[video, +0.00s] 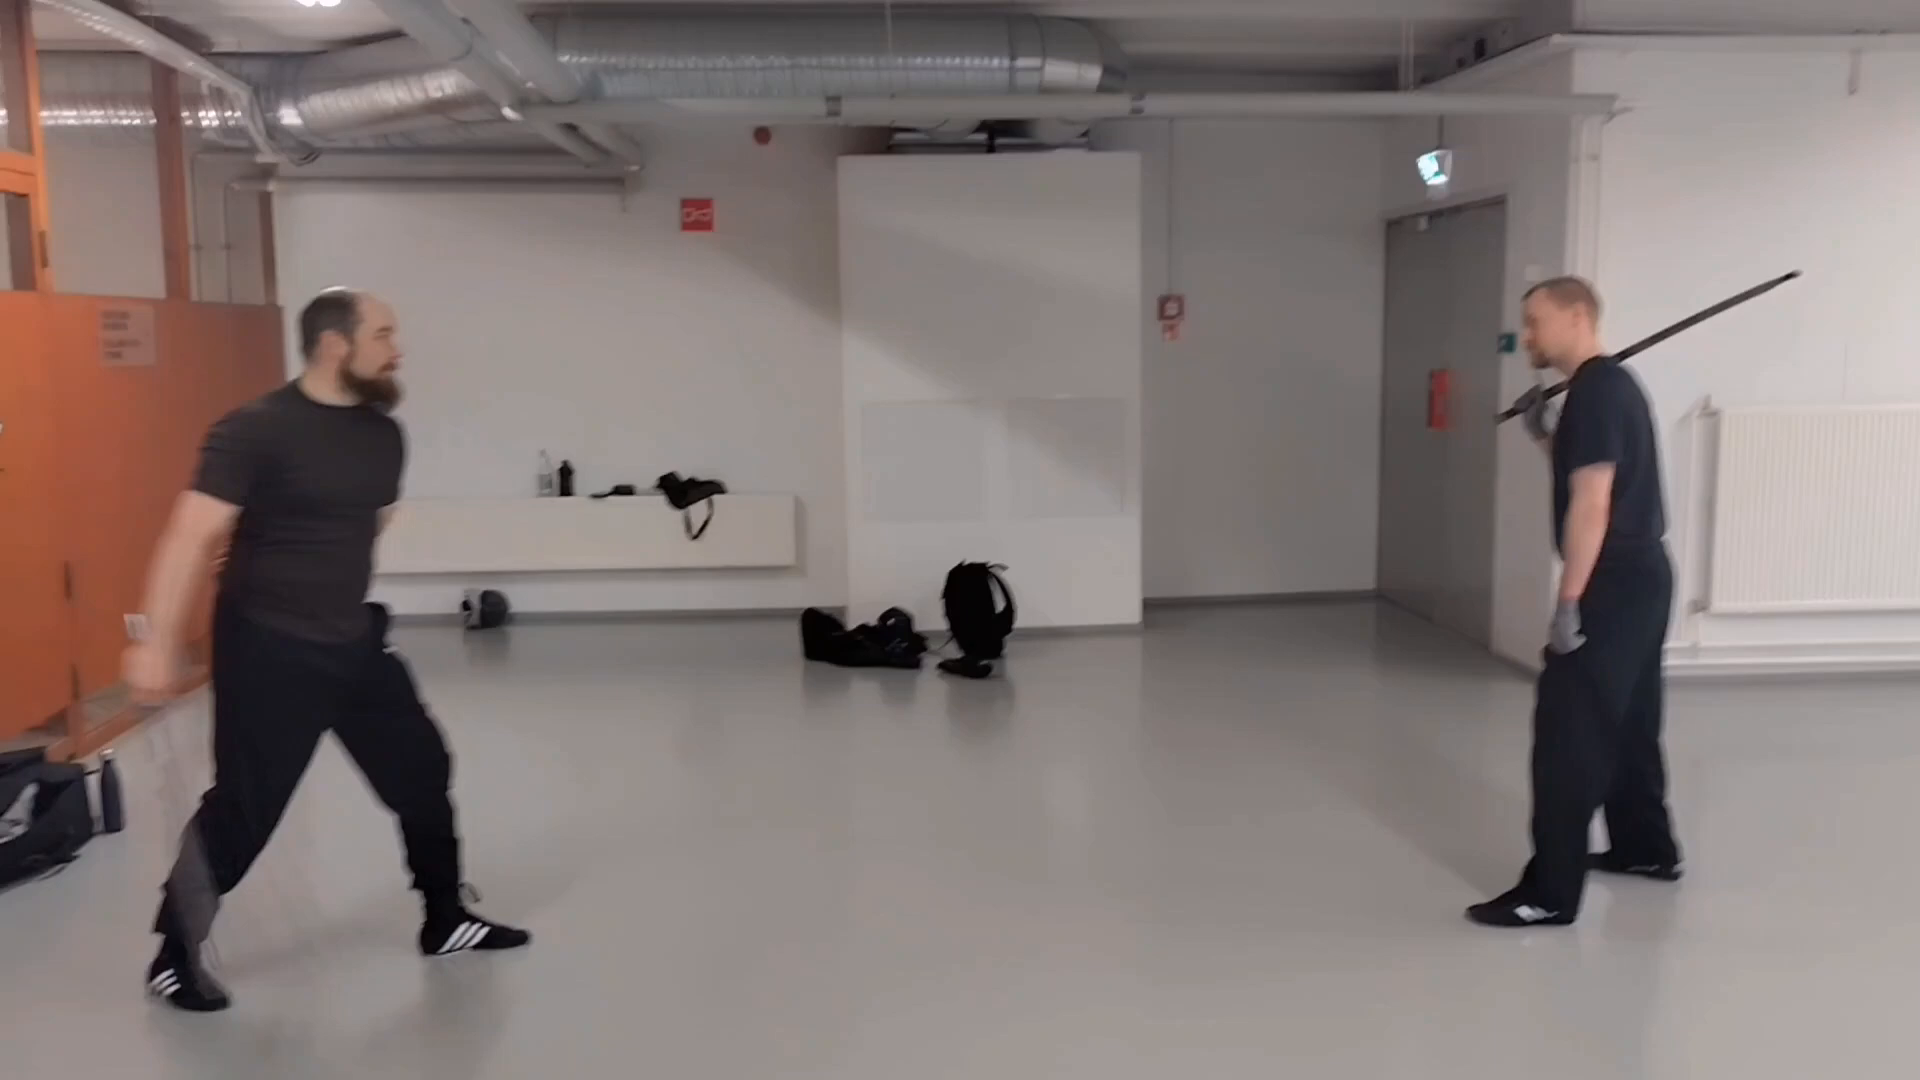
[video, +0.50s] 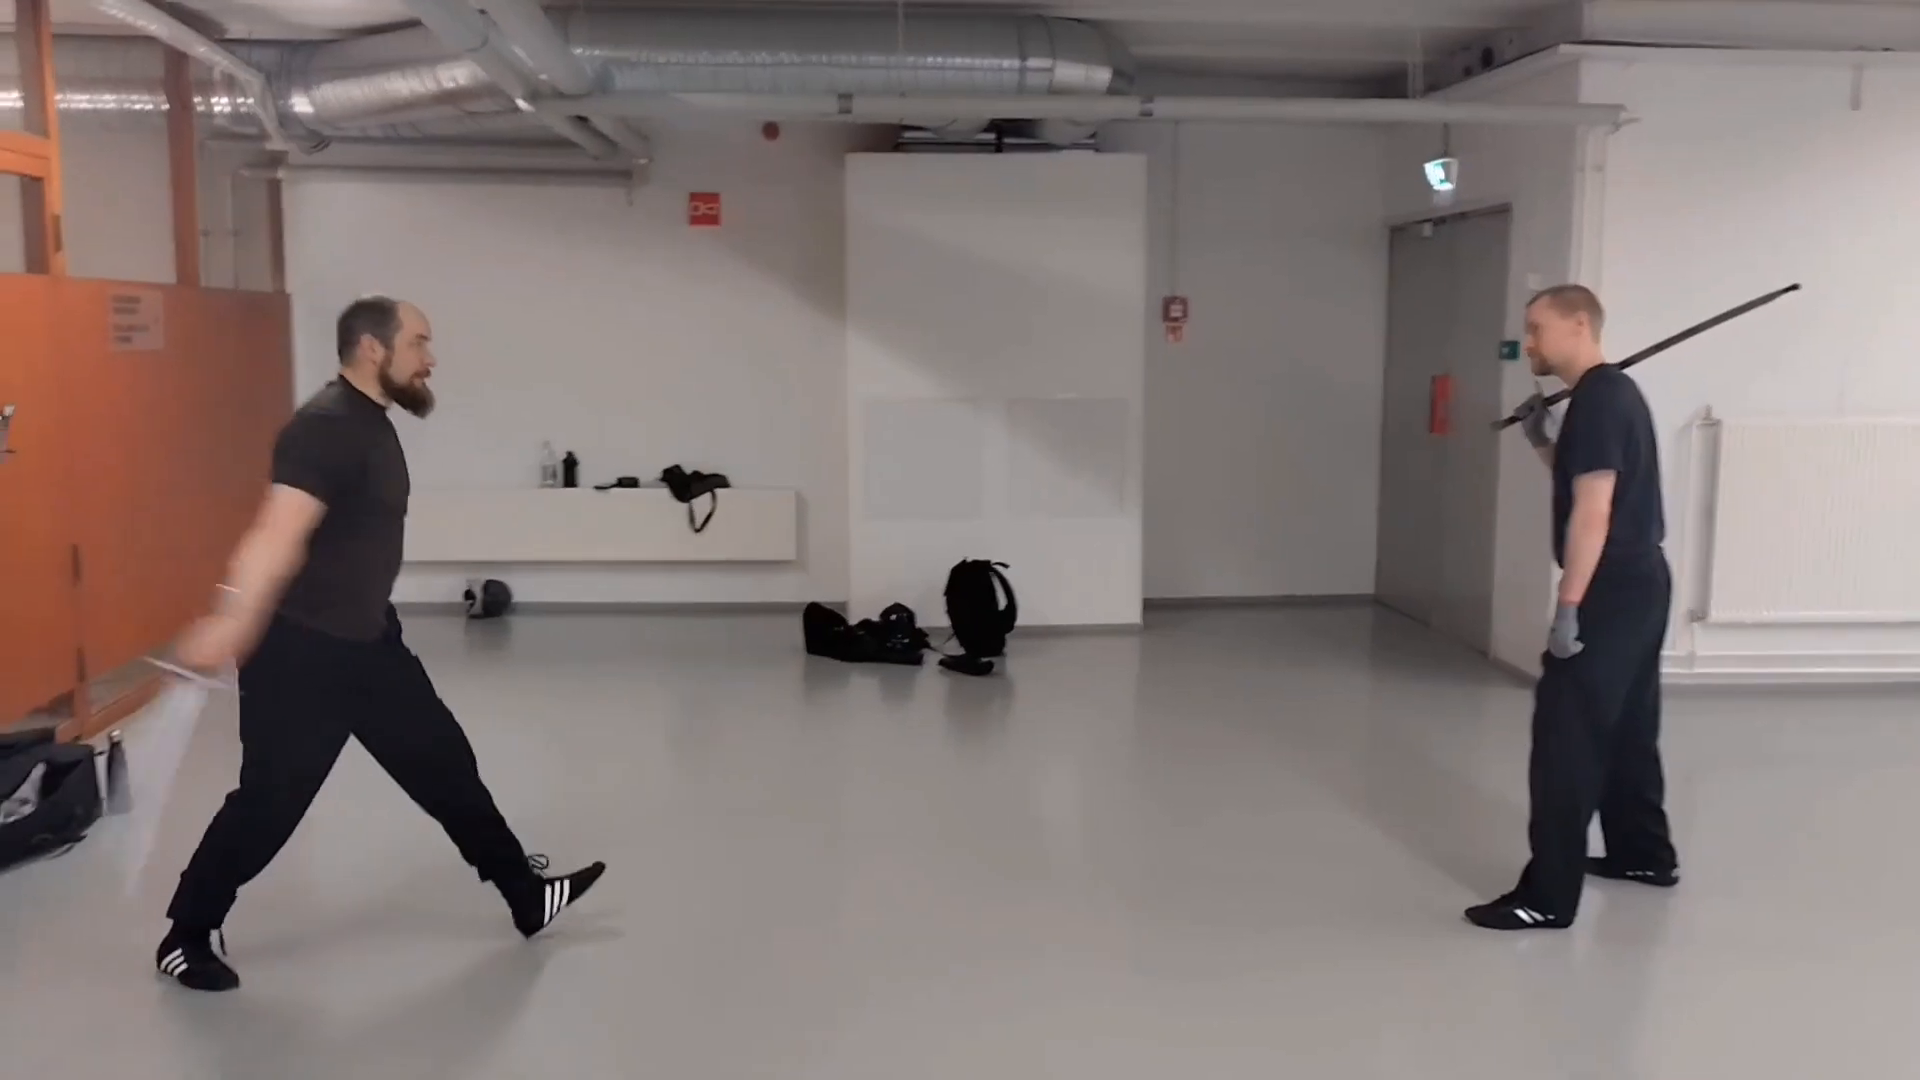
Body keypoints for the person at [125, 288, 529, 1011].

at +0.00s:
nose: (396, 350)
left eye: (395, 336)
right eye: (382, 336)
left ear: (351, 347)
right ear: (332, 346)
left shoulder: (381, 433)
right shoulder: (255, 432)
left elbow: (365, 534)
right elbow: (189, 537)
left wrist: (348, 610)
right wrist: (157, 640)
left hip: (351, 648)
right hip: (266, 652)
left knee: (421, 771)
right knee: (245, 806)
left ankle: (445, 918)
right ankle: (174, 954)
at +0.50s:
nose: (429, 359)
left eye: (428, 345)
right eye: (418, 345)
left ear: (374, 351)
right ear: (370, 350)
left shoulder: (372, 423)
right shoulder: (324, 429)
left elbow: (338, 534)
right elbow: (274, 536)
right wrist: (232, 623)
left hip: (368, 647)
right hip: (299, 651)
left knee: (444, 766)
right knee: (269, 803)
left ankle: (527, 892)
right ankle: (185, 935)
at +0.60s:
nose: (448, 367)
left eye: (446, 353)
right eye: (437, 353)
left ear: (393, 363)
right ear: (389, 360)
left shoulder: (378, 430)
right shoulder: (357, 430)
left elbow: (361, 528)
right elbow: (356, 536)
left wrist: (292, 554)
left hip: (366, 632)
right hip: (304, 634)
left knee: (451, 761)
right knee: (271, 790)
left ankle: (524, 902)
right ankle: (169, 934)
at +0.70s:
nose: (469, 379)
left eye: (468, 365)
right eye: (458, 364)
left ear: (409, 370)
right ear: (411, 368)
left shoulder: (392, 426)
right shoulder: (391, 424)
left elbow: (378, 531)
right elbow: (450, 516)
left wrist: (317, 560)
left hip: (390, 643)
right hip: (329, 647)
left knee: (476, 748)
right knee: (270, 790)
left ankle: (513, 908)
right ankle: (151, 931)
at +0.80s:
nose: (494, 378)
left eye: (493, 364)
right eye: (483, 364)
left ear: (438, 369)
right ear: (441, 365)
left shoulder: (427, 431)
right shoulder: (412, 412)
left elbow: (403, 522)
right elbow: (515, 437)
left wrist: (343, 554)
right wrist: (600, 479)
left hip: (418, 643)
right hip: (356, 640)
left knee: (496, 751)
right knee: (293, 791)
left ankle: (495, 910)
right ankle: (154, 925)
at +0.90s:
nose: (521, 375)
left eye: (520, 363)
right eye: (513, 363)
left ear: (464, 362)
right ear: (473, 360)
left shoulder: (456, 429)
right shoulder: (440, 402)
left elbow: (441, 526)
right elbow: (550, 380)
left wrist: (374, 552)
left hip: (437, 636)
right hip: (388, 630)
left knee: (502, 759)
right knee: (354, 794)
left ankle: (477, 918)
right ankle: (201, 911)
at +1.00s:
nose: (548, 368)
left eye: (548, 356)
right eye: (540, 353)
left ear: (487, 357)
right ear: (502, 354)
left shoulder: (483, 426)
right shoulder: (471, 399)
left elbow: (464, 529)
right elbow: (564, 354)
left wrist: (403, 555)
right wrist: (624, 304)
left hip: (458, 628)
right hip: (412, 621)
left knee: (507, 761)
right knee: (438, 790)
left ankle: (463, 923)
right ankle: (300, 922)